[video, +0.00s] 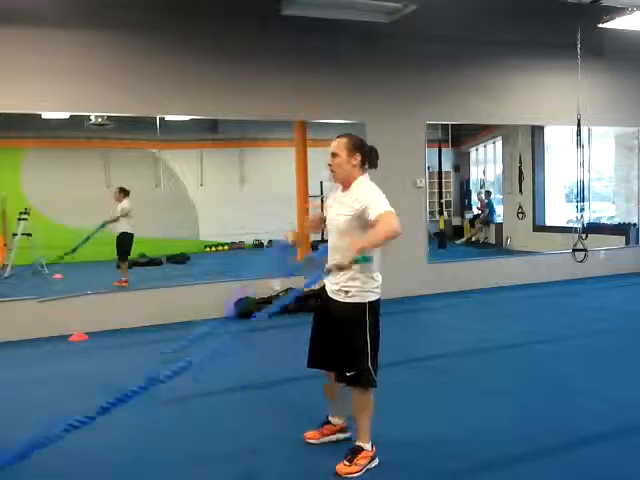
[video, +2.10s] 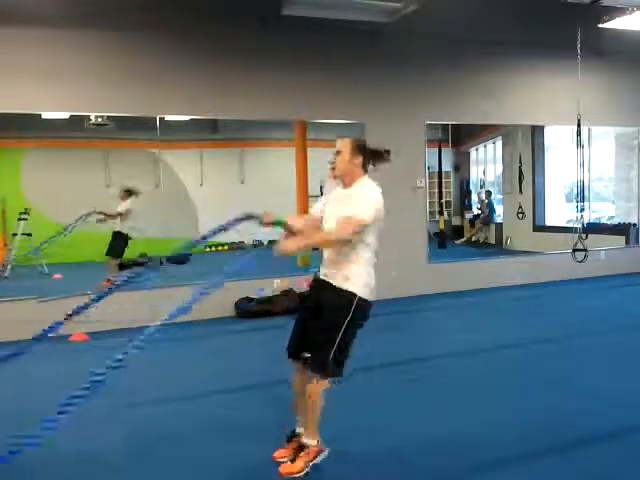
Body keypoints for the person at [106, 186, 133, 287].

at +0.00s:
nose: (115, 196)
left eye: (116, 194)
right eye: (115, 194)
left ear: (122, 194)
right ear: (121, 195)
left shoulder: (125, 204)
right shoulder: (121, 205)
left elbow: (120, 216)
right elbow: (118, 217)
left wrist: (109, 221)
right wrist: (109, 221)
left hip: (125, 232)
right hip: (122, 232)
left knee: (123, 258)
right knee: (122, 258)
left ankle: (124, 279)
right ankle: (124, 278)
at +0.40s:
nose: (120, 196)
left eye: (122, 194)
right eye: (120, 194)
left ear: (127, 194)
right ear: (125, 195)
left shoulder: (131, 204)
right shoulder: (124, 205)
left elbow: (132, 219)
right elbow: (123, 221)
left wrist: (122, 230)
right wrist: (116, 229)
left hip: (132, 233)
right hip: (125, 233)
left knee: (132, 259)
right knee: (125, 258)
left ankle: (131, 278)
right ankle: (125, 277)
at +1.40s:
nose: (124, 196)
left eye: (126, 194)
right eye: (125, 194)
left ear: (132, 196)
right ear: (130, 196)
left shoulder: (134, 204)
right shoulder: (129, 206)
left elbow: (131, 216)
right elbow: (121, 221)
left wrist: (119, 220)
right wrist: (110, 226)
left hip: (131, 235)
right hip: (127, 234)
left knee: (125, 259)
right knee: (124, 259)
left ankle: (125, 279)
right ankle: (124, 278)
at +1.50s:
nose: (127, 192)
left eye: (129, 191)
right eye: (128, 190)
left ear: (134, 192)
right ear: (133, 192)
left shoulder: (134, 202)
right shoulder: (130, 202)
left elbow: (125, 204)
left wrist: (112, 209)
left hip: (133, 229)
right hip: (129, 229)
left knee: (126, 255)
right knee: (126, 255)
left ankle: (127, 279)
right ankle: (126, 278)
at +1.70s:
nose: (121, 202)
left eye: (122, 199)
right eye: (121, 199)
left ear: (127, 199)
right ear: (129, 198)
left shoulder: (131, 208)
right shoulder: (129, 207)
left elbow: (124, 214)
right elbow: (124, 214)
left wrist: (117, 214)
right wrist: (117, 214)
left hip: (132, 233)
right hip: (130, 232)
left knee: (128, 256)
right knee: (126, 256)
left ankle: (130, 279)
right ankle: (127, 277)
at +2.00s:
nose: (119, 193)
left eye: (121, 191)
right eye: (119, 191)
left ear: (126, 191)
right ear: (126, 191)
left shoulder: (130, 199)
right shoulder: (124, 201)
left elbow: (128, 210)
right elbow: (120, 211)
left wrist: (116, 211)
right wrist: (111, 211)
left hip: (126, 228)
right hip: (121, 227)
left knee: (117, 253)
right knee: (115, 252)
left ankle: (118, 274)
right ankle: (116, 274)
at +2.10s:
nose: (120, 196)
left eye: (122, 194)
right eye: (120, 194)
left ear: (126, 194)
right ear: (128, 195)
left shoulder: (128, 204)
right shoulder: (124, 204)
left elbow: (117, 215)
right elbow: (116, 216)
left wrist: (103, 213)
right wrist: (104, 219)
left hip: (122, 233)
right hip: (120, 232)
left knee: (113, 257)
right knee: (114, 257)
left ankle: (113, 278)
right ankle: (113, 277)